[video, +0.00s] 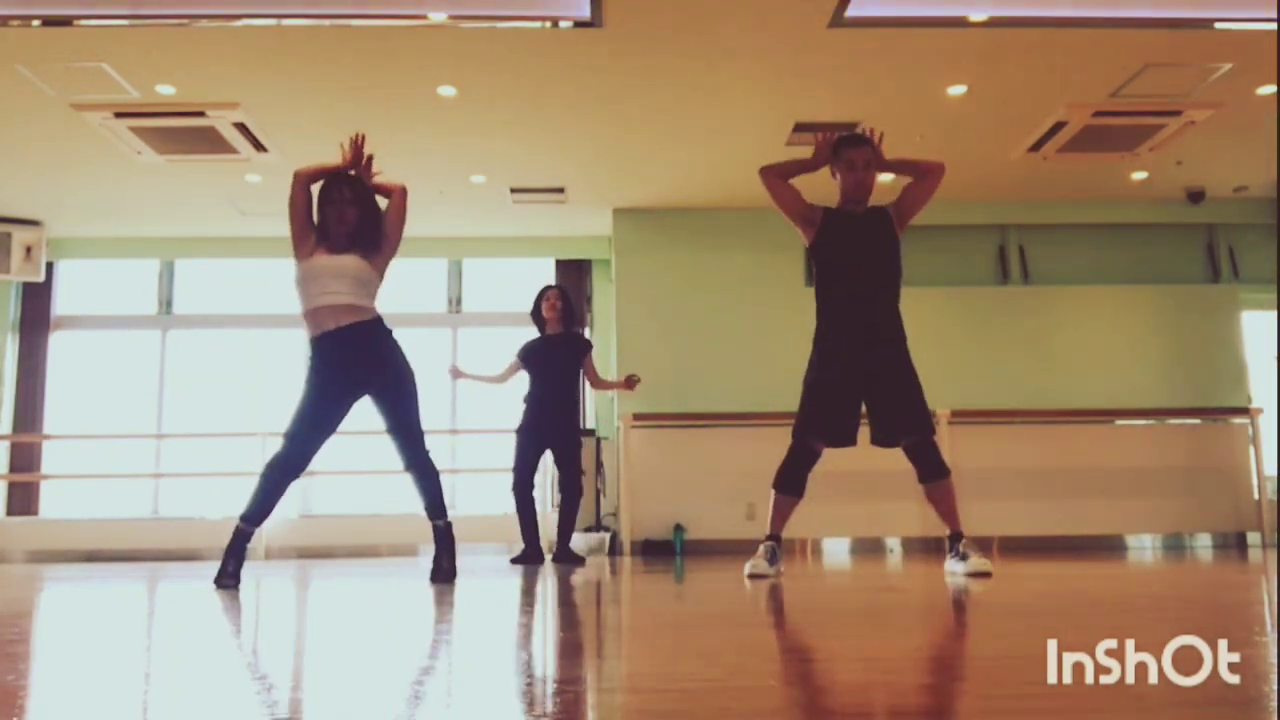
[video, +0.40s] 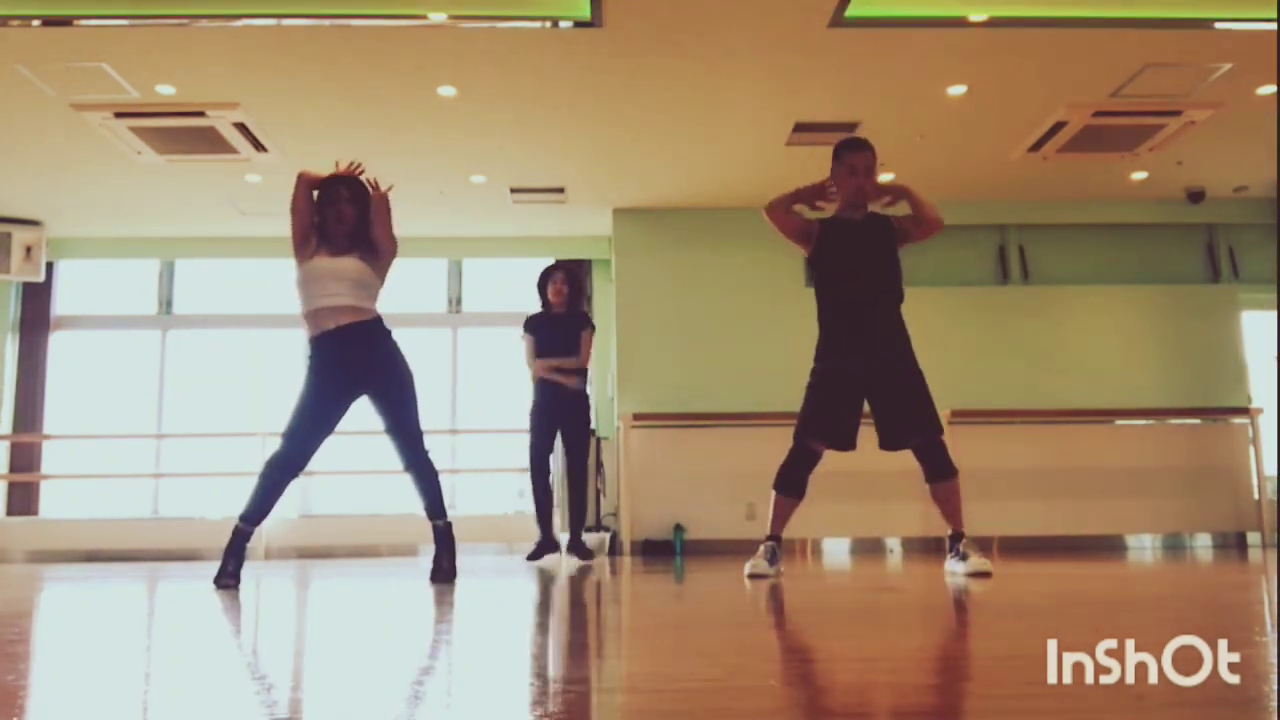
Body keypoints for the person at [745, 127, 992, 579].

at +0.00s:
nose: (860, 174)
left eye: (867, 166)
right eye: (851, 166)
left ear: (877, 174)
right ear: (835, 173)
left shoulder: (891, 219)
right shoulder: (817, 221)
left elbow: (935, 172)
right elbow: (769, 176)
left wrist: (886, 163)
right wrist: (814, 162)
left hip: (888, 353)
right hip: (834, 355)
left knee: (922, 447)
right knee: (804, 451)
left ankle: (958, 545)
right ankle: (770, 546)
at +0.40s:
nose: (860, 178)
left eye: (867, 170)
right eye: (851, 170)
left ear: (877, 177)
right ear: (834, 177)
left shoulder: (889, 228)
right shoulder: (817, 234)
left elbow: (932, 225)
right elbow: (774, 209)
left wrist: (906, 191)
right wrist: (810, 192)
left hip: (892, 355)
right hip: (838, 356)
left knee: (931, 447)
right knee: (805, 451)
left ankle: (959, 545)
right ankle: (771, 546)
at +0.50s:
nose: (859, 181)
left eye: (867, 173)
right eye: (851, 173)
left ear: (877, 178)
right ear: (835, 177)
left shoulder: (887, 232)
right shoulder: (822, 231)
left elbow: (920, 256)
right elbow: (787, 238)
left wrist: (912, 210)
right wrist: (796, 204)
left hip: (894, 355)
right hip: (841, 357)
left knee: (933, 446)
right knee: (807, 452)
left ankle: (959, 545)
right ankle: (771, 546)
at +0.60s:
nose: (862, 185)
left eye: (869, 177)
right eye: (853, 177)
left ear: (878, 183)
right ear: (837, 181)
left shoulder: (890, 238)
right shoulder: (813, 232)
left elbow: (907, 298)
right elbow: (786, 274)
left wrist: (908, 245)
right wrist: (810, 229)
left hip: (897, 358)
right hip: (844, 360)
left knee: (937, 448)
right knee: (813, 453)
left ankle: (959, 546)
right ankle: (772, 546)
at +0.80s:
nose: (857, 205)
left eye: (864, 196)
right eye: (848, 195)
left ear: (872, 200)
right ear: (829, 197)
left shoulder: (877, 259)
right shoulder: (804, 248)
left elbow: (889, 314)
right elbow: (766, 297)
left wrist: (895, 307)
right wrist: (817, 291)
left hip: (891, 369)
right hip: (838, 373)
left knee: (938, 452)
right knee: (807, 460)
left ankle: (960, 547)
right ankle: (771, 549)